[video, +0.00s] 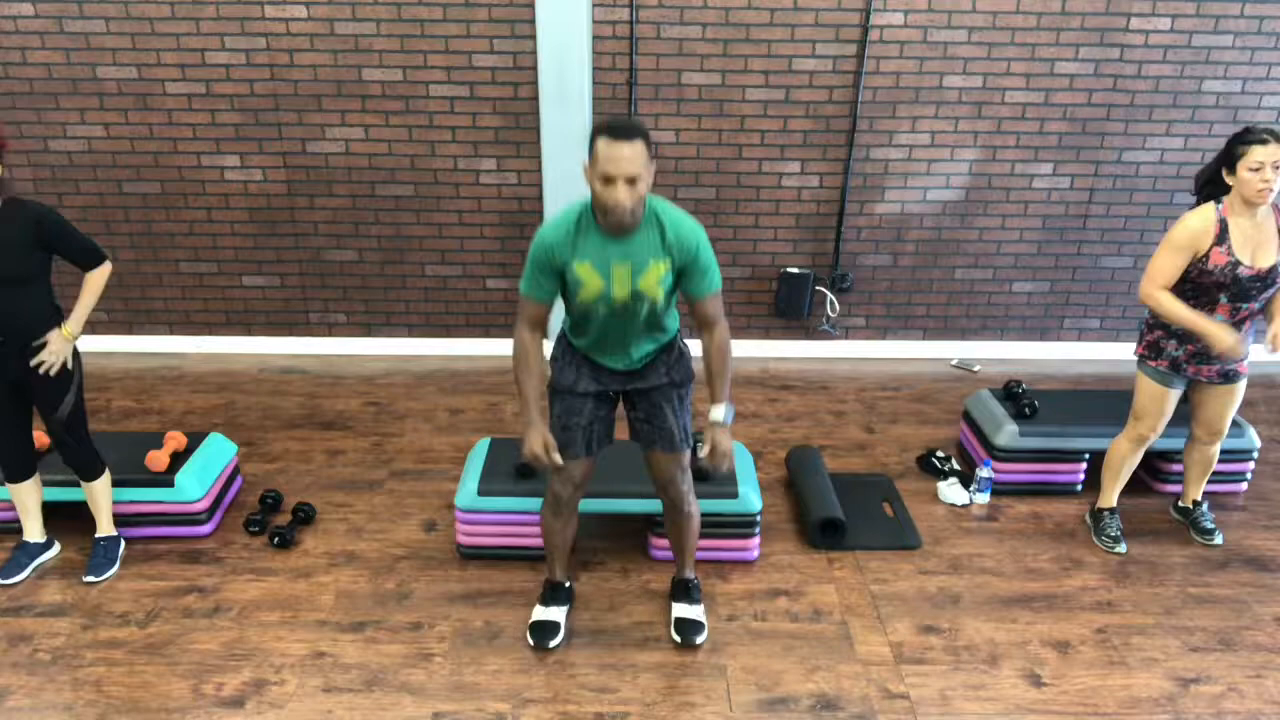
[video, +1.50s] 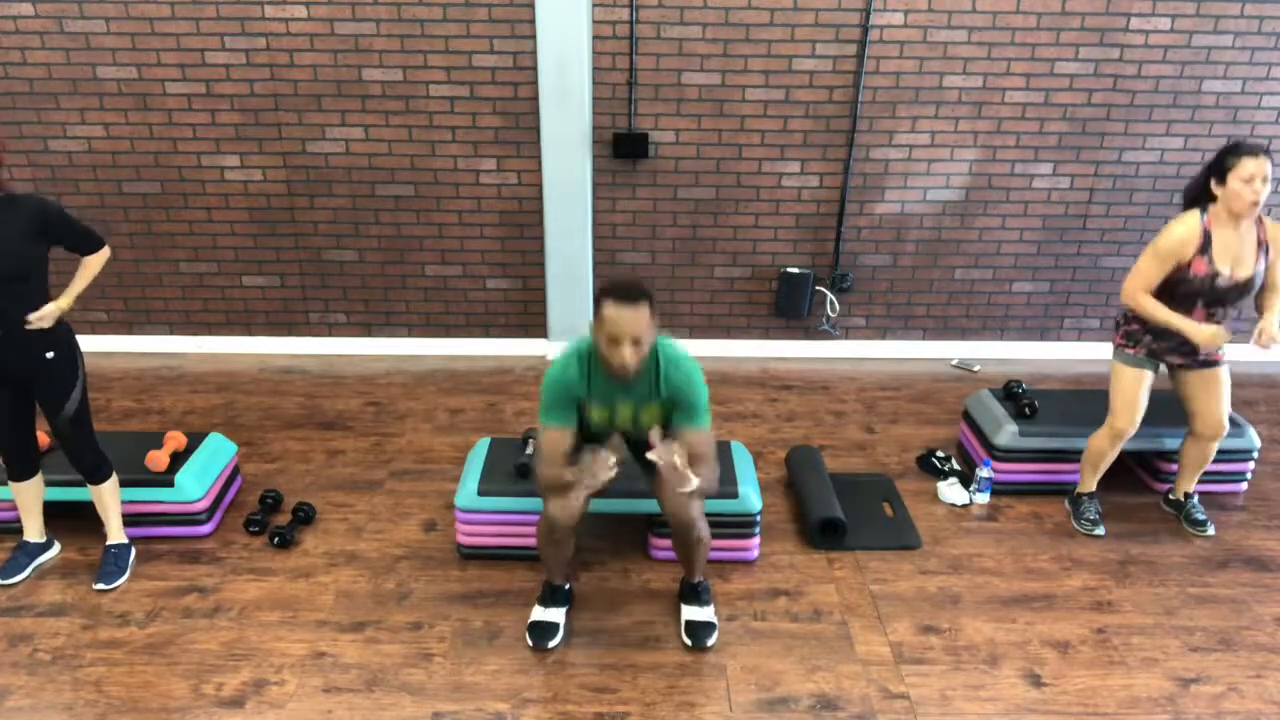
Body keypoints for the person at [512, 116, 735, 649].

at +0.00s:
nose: (621, 195)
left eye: (633, 181)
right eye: (608, 181)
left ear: (650, 176)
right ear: (589, 175)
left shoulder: (683, 237)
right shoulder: (555, 240)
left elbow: (714, 326)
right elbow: (529, 329)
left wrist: (718, 417)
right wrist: (533, 421)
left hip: (658, 360)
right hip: (582, 361)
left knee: (674, 480)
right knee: (564, 481)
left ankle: (686, 582)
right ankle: (556, 586)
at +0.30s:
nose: (615, 162)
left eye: (627, 148)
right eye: (602, 148)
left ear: (645, 140)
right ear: (582, 140)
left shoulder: (681, 200)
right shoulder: (549, 205)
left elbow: (710, 269)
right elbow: (522, 280)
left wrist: (727, 340)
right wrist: (506, 356)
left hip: (657, 364)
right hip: (578, 363)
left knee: (676, 480)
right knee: (564, 481)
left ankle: (694, 582)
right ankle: (556, 586)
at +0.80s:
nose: (623, 228)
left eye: (634, 213)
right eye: (609, 215)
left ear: (649, 194)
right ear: (588, 197)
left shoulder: (685, 235)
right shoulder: (554, 246)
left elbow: (704, 326)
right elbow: (542, 331)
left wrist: (694, 411)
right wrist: (554, 417)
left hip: (663, 363)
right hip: (587, 365)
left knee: (679, 477)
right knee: (567, 483)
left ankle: (694, 582)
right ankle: (555, 585)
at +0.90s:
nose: (621, 291)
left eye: (632, 276)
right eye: (608, 276)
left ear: (649, 257)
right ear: (589, 260)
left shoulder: (681, 286)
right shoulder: (561, 296)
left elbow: (704, 376)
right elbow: (553, 384)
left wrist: (681, 442)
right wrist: (577, 442)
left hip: (660, 386)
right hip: (588, 389)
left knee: (687, 487)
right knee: (562, 495)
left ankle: (696, 585)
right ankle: (555, 587)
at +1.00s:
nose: (621, 354)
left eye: (633, 339)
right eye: (608, 340)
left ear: (649, 321)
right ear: (591, 323)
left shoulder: (680, 341)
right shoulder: (565, 350)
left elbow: (699, 435)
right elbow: (560, 452)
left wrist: (678, 463)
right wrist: (583, 468)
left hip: (659, 413)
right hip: (591, 413)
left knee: (688, 499)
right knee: (558, 505)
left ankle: (695, 586)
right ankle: (554, 589)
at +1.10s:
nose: (622, 400)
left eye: (633, 386)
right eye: (610, 387)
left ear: (650, 364)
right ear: (592, 367)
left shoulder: (682, 387)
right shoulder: (565, 393)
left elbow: (696, 488)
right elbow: (563, 499)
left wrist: (672, 483)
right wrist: (586, 484)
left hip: (659, 449)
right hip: (590, 448)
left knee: (691, 511)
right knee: (555, 517)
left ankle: (696, 588)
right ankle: (554, 591)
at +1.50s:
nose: (626, 357)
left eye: (637, 343)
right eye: (613, 342)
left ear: (655, 333)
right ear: (594, 331)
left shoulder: (681, 371)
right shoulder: (565, 374)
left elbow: (708, 473)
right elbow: (547, 474)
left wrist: (682, 477)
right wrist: (580, 476)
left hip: (660, 437)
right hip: (590, 440)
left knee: (686, 513)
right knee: (559, 513)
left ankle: (696, 590)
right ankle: (554, 591)